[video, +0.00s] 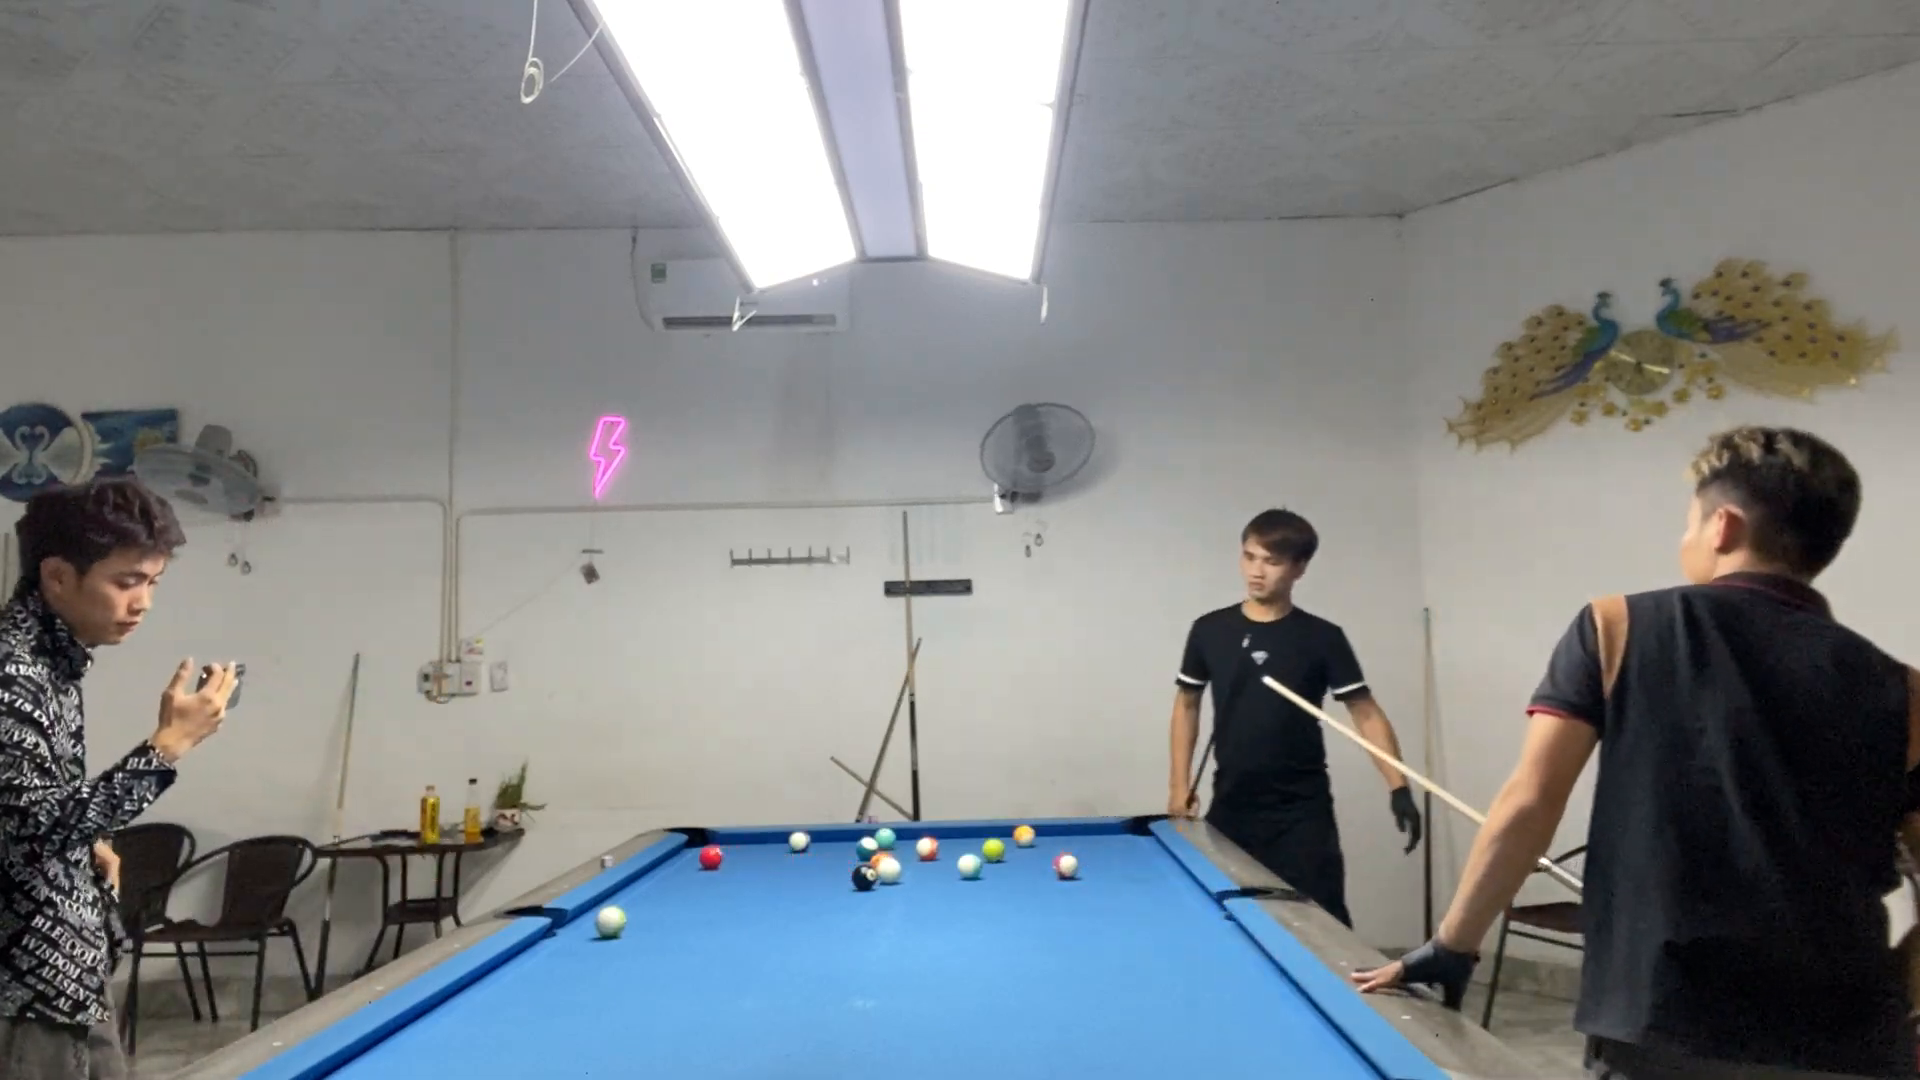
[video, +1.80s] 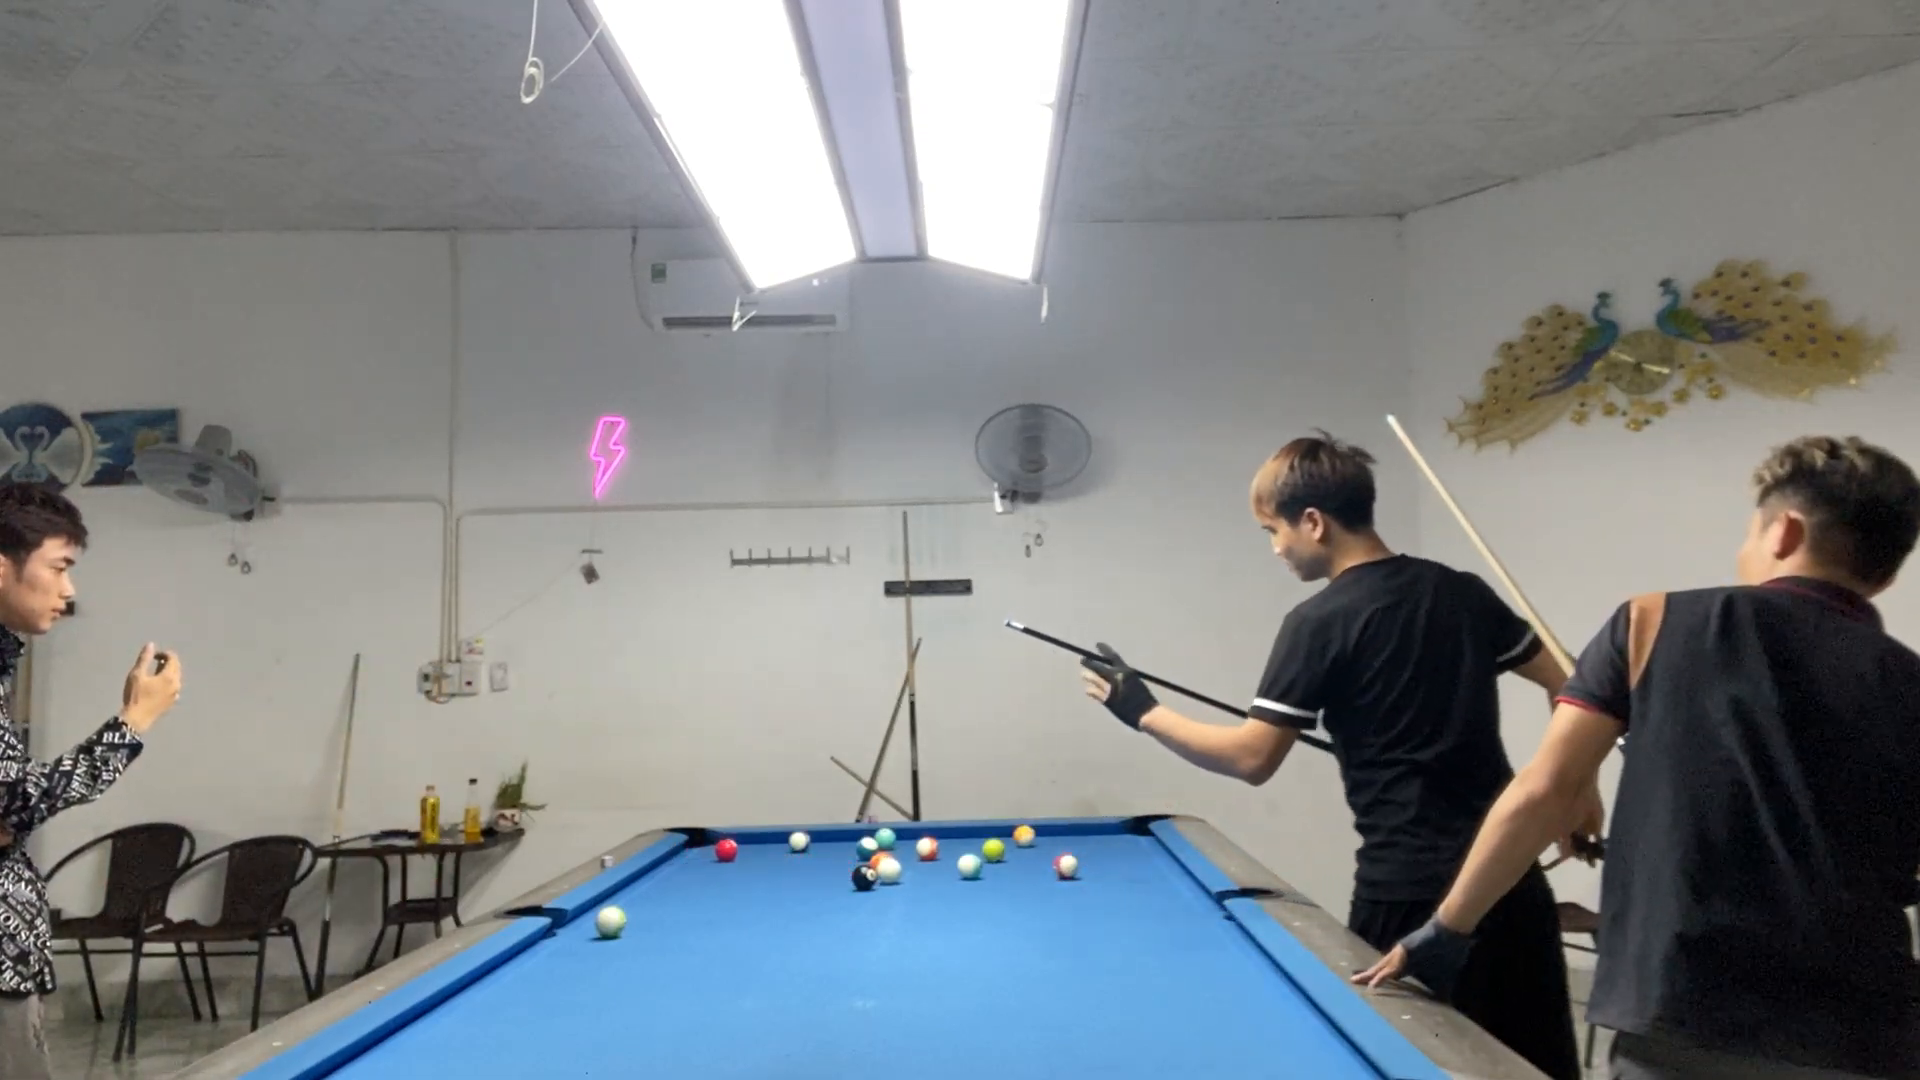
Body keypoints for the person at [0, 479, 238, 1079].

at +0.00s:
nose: (142, 603)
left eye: (150, 582)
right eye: (126, 582)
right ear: (58, 577)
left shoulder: (57, 659)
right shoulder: (13, 675)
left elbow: (51, 788)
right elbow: (41, 829)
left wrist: (89, 840)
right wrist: (168, 745)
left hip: (80, 978)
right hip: (27, 997)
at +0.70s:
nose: (82, 583)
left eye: (83, 563)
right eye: (68, 561)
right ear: (8, 566)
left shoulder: (19, 663)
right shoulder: (6, 668)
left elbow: (61, 774)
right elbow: (32, 802)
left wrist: (20, 816)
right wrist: (153, 708)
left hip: (39, 957)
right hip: (16, 965)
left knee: (52, 1067)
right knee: (37, 1068)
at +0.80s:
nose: (79, 581)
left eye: (79, 562)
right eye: (63, 560)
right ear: (6, 566)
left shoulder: (16, 666)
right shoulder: (5, 671)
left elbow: (46, 784)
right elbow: (33, 801)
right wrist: (148, 707)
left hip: (36, 961)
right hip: (15, 968)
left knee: (48, 1068)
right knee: (34, 1069)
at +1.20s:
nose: (72, 588)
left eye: (72, 568)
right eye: (60, 564)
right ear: (6, 566)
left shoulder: (9, 667)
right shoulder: (5, 670)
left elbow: (27, 795)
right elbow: (22, 801)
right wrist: (136, 719)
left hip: (24, 968)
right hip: (14, 972)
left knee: (36, 1068)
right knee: (32, 1069)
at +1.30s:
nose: (71, 589)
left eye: (72, 569)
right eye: (60, 566)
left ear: (19, 567)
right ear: (6, 565)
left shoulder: (8, 666)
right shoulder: (4, 668)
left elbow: (24, 796)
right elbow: (21, 800)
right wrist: (136, 720)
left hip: (22, 967)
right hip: (12, 971)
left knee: (33, 1068)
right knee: (31, 1069)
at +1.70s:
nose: (70, 592)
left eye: (70, 571)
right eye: (60, 568)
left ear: (19, 568)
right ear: (7, 566)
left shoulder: (7, 666)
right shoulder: (4, 669)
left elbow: (21, 796)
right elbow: (18, 802)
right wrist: (134, 723)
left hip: (20, 974)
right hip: (10, 978)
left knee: (30, 1067)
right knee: (27, 1069)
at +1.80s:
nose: (69, 591)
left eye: (70, 571)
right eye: (59, 567)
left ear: (18, 568)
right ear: (7, 566)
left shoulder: (7, 664)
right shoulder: (5, 666)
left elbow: (20, 797)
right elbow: (17, 803)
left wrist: (129, 724)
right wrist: (133, 724)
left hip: (19, 974)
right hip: (10, 978)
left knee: (30, 1068)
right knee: (28, 1069)